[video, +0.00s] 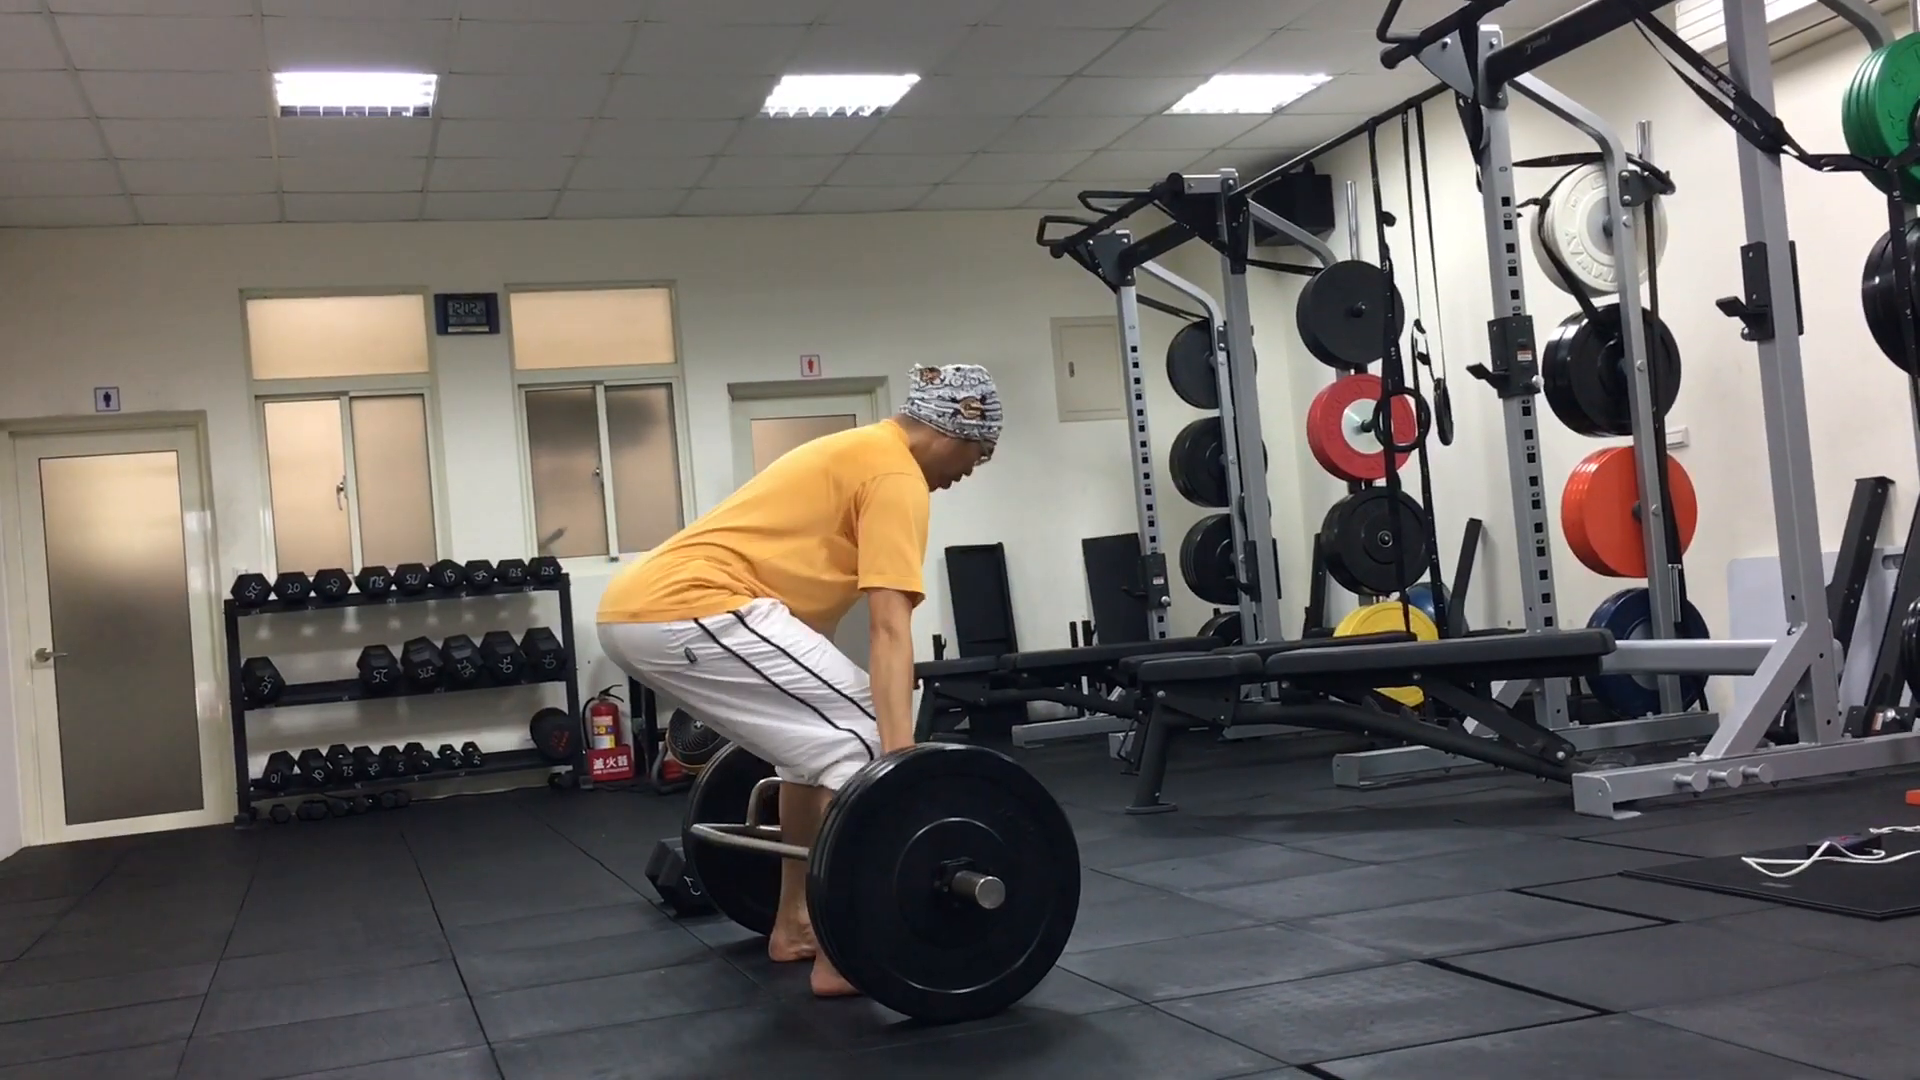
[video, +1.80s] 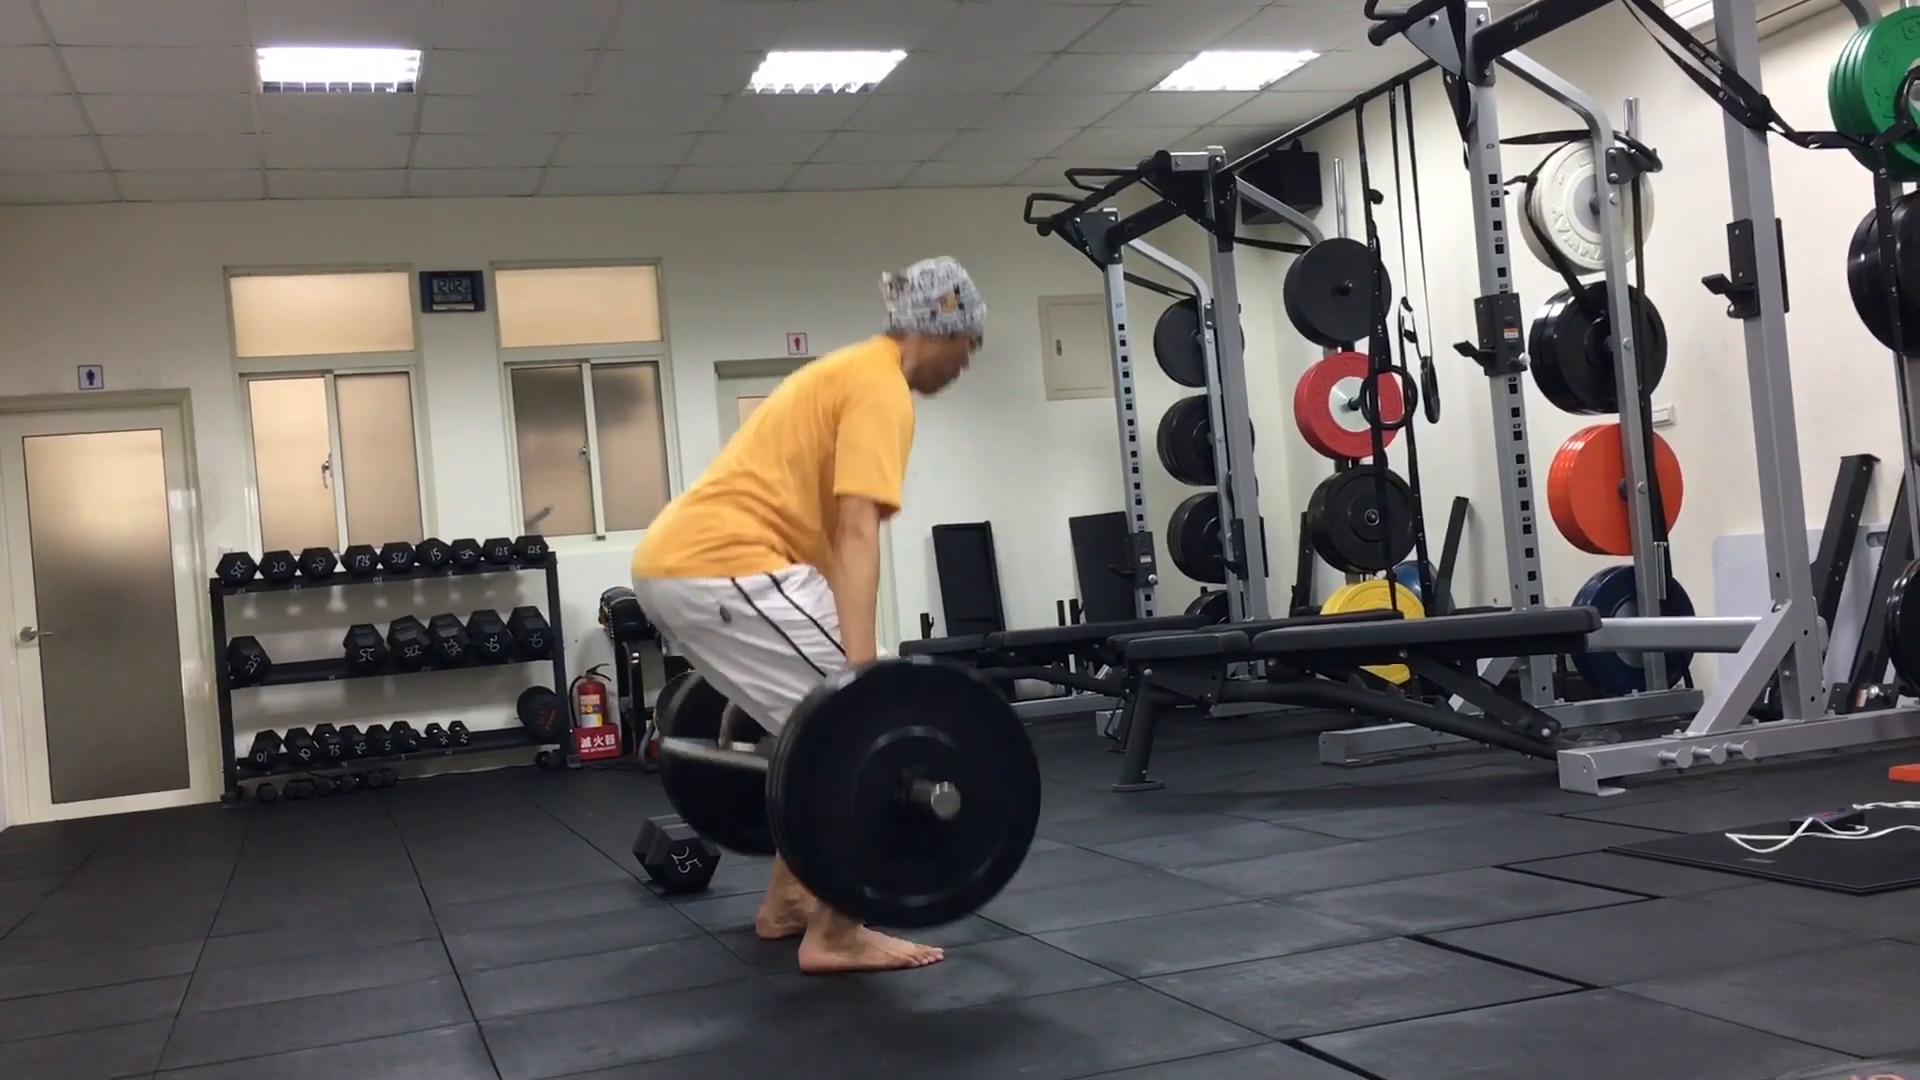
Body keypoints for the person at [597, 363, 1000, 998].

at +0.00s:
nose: (970, 473)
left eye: (979, 460)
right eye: (976, 455)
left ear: (920, 419)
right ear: (949, 430)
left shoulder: (856, 453)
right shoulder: (894, 474)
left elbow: (798, 609)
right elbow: (889, 625)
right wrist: (901, 755)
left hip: (641, 610)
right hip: (697, 609)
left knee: (813, 739)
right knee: (870, 733)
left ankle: (795, 924)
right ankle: (849, 955)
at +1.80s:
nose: (963, 365)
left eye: (970, 351)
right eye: (966, 346)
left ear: (909, 328)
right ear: (936, 330)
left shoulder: (845, 372)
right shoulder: (879, 383)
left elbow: (828, 531)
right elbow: (856, 532)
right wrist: (863, 668)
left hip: (677, 562)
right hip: (726, 562)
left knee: (823, 714)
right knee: (855, 717)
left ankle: (788, 899)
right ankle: (836, 931)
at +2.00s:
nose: (944, 276)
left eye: (948, 259)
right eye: (944, 256)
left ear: (885, 238)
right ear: (913, 241)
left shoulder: (822, 295)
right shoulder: (856, 302)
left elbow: (806, 453)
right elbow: (844, 448)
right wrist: (855, 598)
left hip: (691, 511)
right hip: (734, 513)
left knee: (799, 699)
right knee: (846, 694)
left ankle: (785, 898)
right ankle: (834, 927)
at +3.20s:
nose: (953, 382)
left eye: (958, 366)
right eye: (954, 363)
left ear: (892, 346)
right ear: (922, 348)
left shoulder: (830, 400)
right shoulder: (867, 407)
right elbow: (871, 565)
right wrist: (896, 701)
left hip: (697, 614)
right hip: (742, 615)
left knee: (856, 745)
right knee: (891, 748)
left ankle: (800, 932)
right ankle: (849, 965)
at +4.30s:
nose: (970, 297)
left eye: (974, 279)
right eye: (970, 276)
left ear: (911, 258)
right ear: (940, 263)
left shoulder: (850, 321)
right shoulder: (880, 327)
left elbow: (839, 483)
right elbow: (869, 476)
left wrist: (863, 622)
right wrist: (881, 625)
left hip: (736, 548)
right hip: (772, 550)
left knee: (837, 729)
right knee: (880, 728)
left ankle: (812, 933)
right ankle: (857, 964)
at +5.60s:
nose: (980, 423)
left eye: (985, 408)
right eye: (980, 405)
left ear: (921, 390)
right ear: (946, 393)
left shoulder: (858, 438)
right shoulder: (887, 448)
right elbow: (883, 604)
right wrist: (904, 741)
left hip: (708, 640)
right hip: (749, 640)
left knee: (880, 755)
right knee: (936, 753)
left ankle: (807, 933)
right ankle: (852, 963)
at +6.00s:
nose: (997, 436)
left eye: (1001, 421)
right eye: (997, 418)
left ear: (936, 404)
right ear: (961, 407)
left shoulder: (873, 452)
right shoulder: (903, 464)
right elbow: (896, 618)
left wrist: (853, 753)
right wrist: (912, 754)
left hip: (718, 645)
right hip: (759, 647)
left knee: (885, 754)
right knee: (947, 749)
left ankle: (808, 931)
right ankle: (856, 961)